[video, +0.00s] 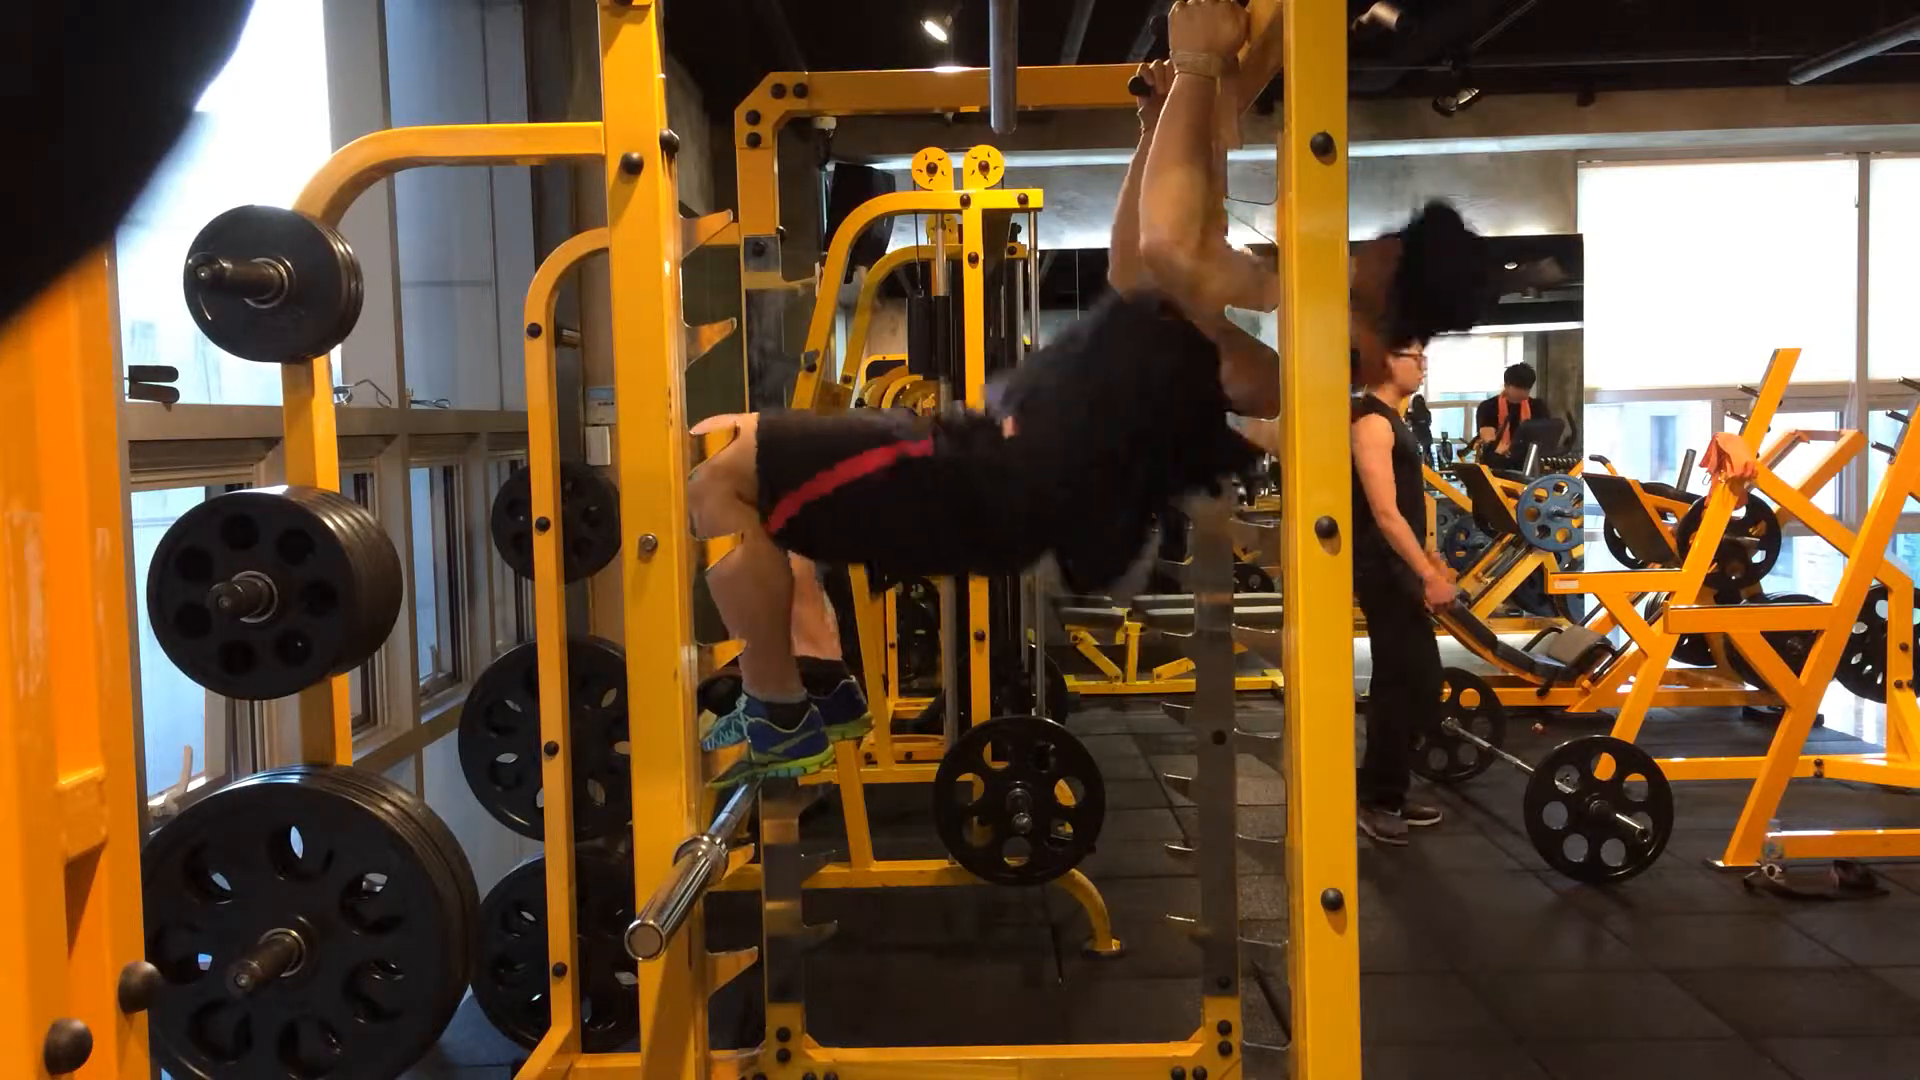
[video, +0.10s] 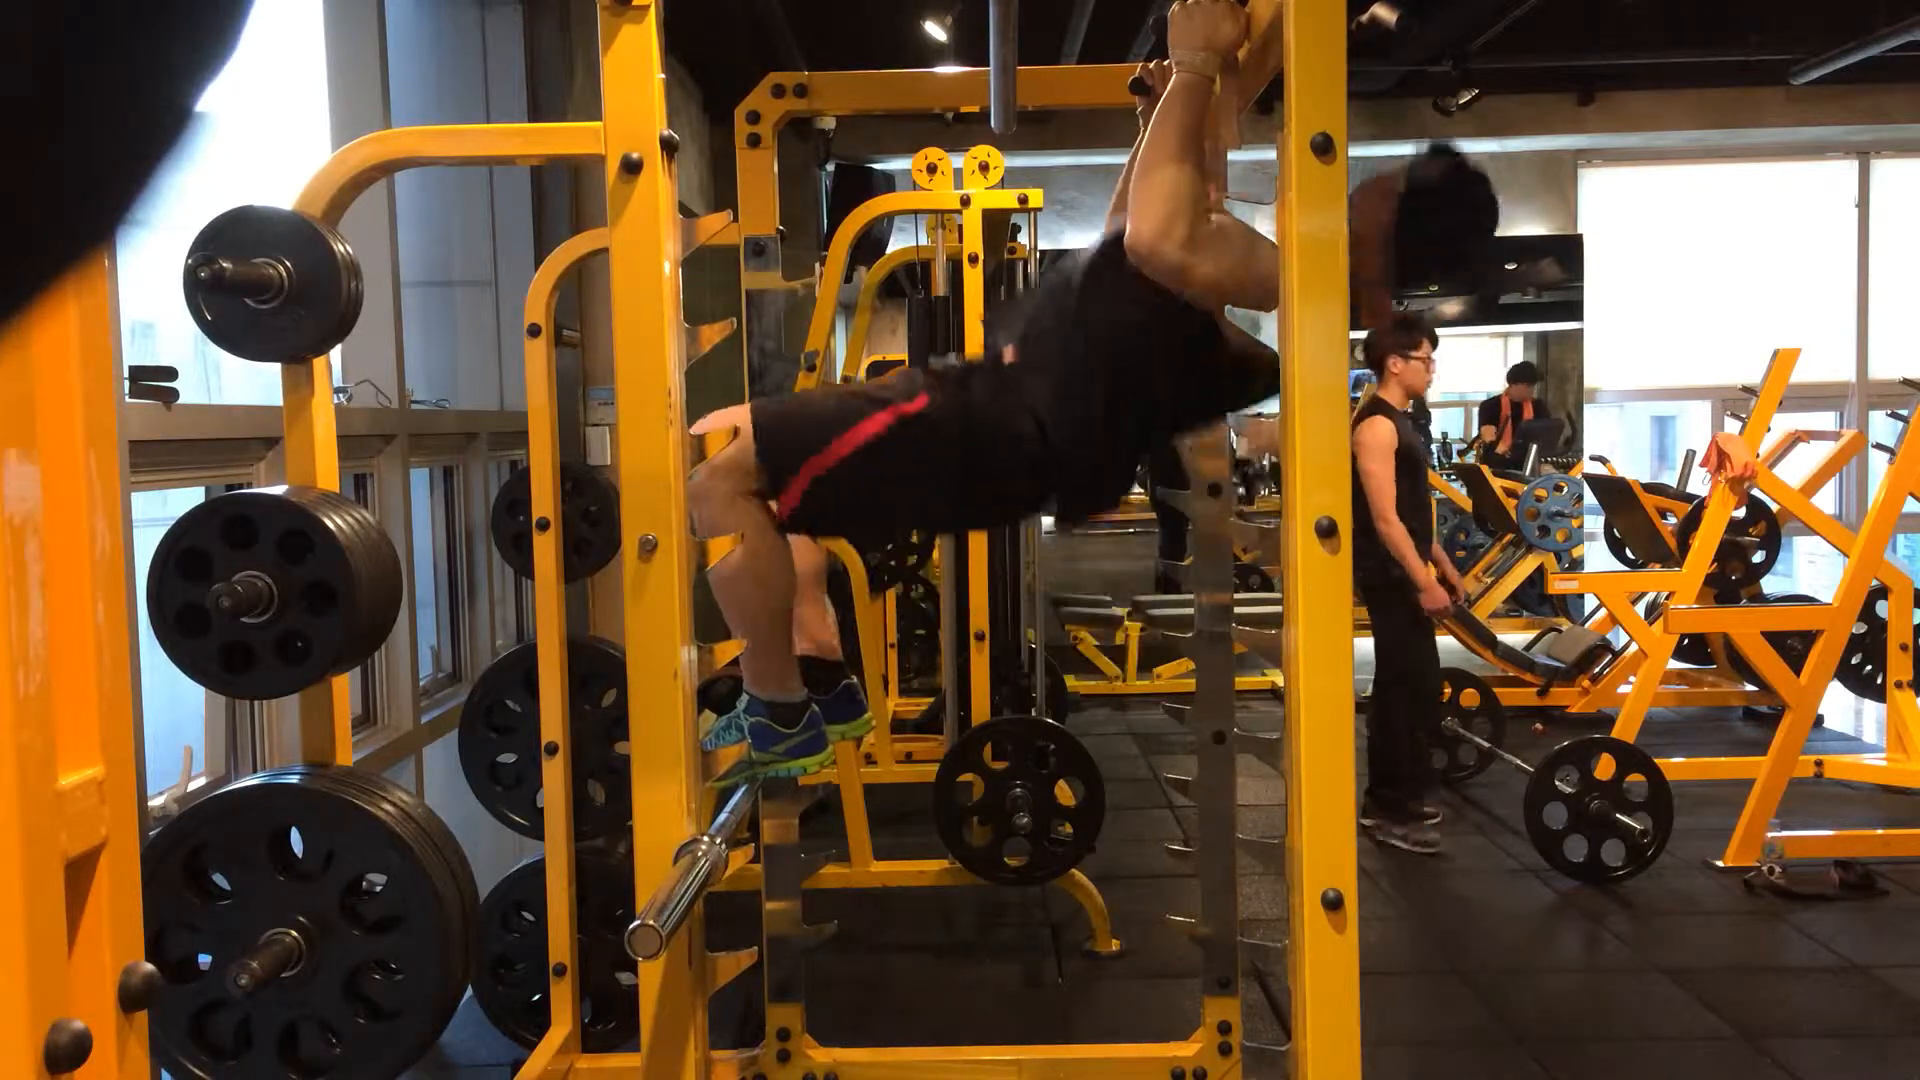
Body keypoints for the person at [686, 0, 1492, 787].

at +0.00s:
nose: (1353, 251)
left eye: (1376, 256)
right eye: (1368, 246)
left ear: (1391, 300)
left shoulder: (1329, 376)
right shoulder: (1310, 337)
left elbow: (1192, 269)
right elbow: (1139, 266)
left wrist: (1207, 70)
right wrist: (1169, 105)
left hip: (1019, 488)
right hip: (1008, 447)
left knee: (725, 487)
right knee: (729, 439)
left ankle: (776, 712)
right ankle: (821, 670)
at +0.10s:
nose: (1362, 180)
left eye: (1380, 185)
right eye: (1377, 177)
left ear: (1382, 217)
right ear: (1411, 262)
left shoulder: (1301, 281)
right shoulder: (1311, 278)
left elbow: (1164, 240)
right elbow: (1188, 213)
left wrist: (1199, 64)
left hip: (1018, 431)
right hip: (1013, 395)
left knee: (725, 483)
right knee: (729, 436)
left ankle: (776, 714)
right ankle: (819, 668)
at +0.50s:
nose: (1362, 164)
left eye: (1383, 169)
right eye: (1377, 157)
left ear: (1395, 225)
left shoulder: (1325, 283)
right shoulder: (1316, 274)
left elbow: (1181, 247)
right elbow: (1146, 236)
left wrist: (1205, 68)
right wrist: (1188, 92)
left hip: (1009, 445)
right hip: (1015, 418)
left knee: (735, 463)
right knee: (759, 428)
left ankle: (782, 713)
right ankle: (821, 663)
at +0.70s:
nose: (1342, 255)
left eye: (1368, 256)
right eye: (1358, 247)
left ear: (1389, 306)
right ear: (1373, 294)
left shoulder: (1302, 393)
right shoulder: (1259, 359)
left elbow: (1197, 257)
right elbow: (1144, 275)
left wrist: (1205, 74)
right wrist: (1159, 127)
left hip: (1007, 549)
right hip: (996, 509)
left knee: (742, 466)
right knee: (769, 438)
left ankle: (783, 712)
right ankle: (823, 671)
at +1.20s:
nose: (1356, 185)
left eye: (1382, 186)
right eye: (1371, 175)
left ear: (1410, 236)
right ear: (1385, 221)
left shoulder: (1343, 295)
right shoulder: (1327, 312)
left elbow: (1190, 252)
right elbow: (1137, 255)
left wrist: (1208, 68)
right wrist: (1170, 104)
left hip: (1025, 472)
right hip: (1023, 447)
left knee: (740, 471)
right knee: (752, 431)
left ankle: (782, 714)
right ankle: (821, 664)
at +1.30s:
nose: (1357, 119)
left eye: (1382, 120)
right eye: (1370, 105)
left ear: (1412, 172)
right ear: (1362, 125)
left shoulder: (1339, 250)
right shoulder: (1315, 210)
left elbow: (1185, 241)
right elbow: (1157, 216)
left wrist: (1203, 71)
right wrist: (1190, 90)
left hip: (1057, 423)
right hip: (1039, 387)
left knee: (745, 460)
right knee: (768, 431)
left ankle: (783, 714)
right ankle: (821, 670)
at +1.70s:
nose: (1345, 168)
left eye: (1374, 168)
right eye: (1361, 158)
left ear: (1407, 224)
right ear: (1366, 199)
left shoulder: (1346, 300)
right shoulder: (1314, 293)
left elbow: (1195, 248)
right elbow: (1139, 276)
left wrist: (1207, 72)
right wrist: (1157, 127)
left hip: (1055, 486)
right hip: (1035, 449)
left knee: (760, 458)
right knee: (798, 447)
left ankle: (785, 715)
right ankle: (824, 672)